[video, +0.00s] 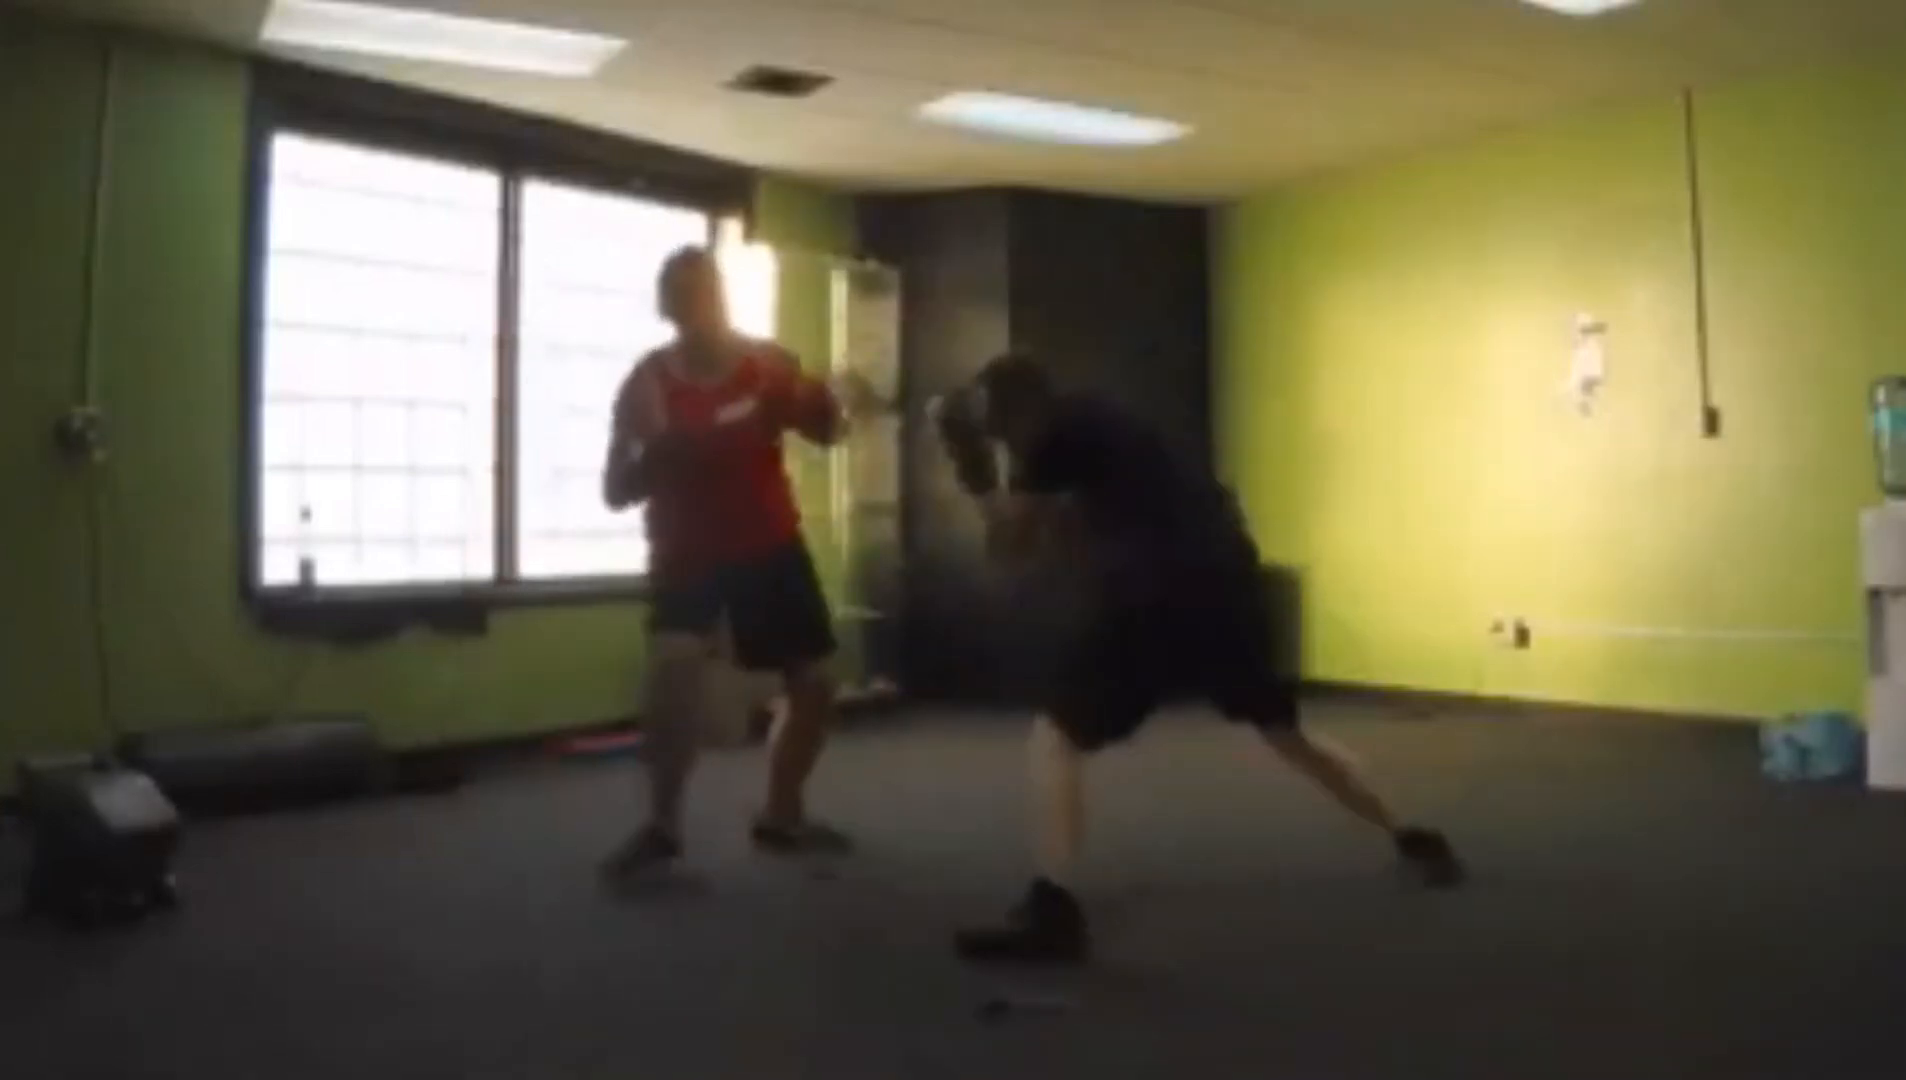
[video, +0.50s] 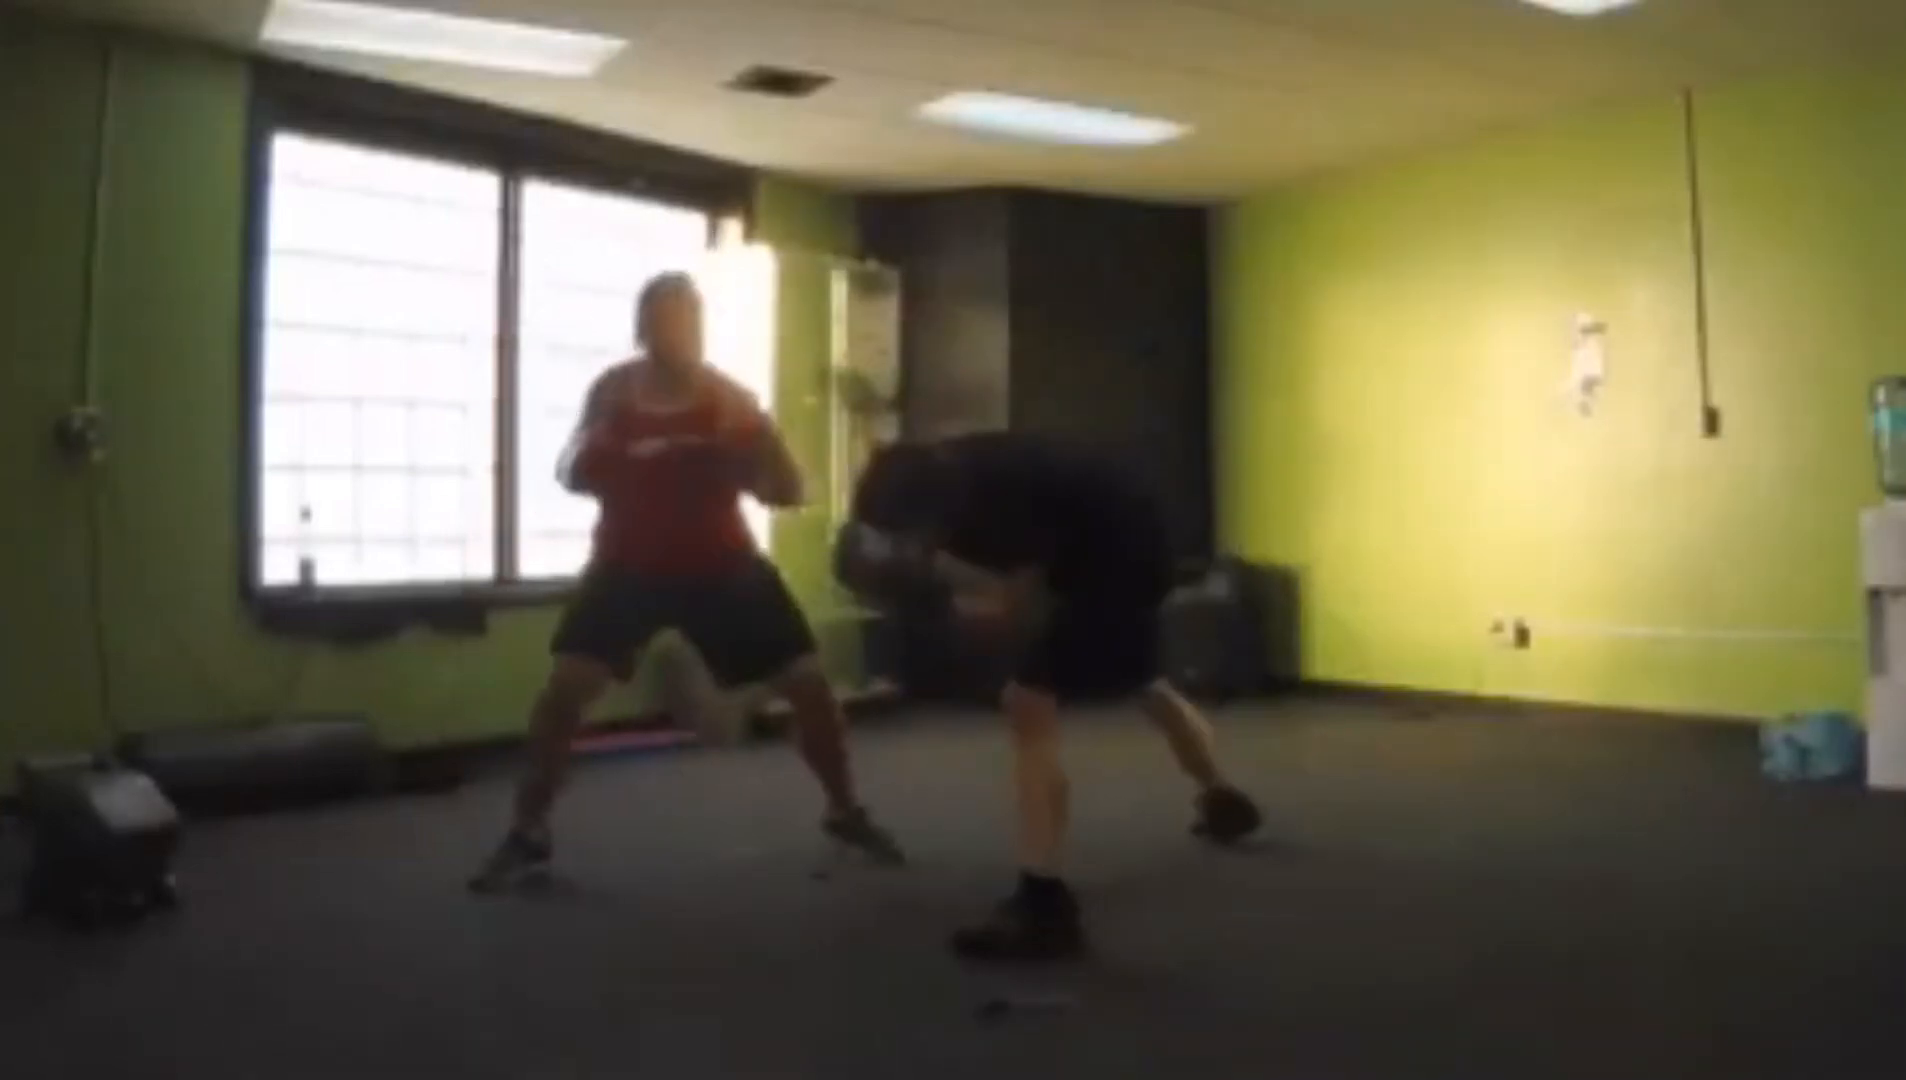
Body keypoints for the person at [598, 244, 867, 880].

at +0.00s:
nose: (700, 310)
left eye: (707, 293)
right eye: (687, 298)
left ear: (723, 295)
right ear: (667, 307)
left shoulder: (766, 366)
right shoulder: (651, 383)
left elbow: (826, 426)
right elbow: (618, 488)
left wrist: (806, 397)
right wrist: (660, 451)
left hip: (770, 554)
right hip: (686, 562)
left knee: (813, 688)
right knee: (671, 689)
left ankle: (783, 816)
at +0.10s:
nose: (685, 315)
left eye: (691, 300)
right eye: (670, 303)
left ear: (705, 303)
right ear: (647, 314)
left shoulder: (744, 377)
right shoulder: (626, 389)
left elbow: (814, 431)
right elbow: (589, 498)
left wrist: (824, 393)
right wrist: (634, 434)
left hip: (744, 557)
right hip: (651, 565)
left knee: (815, 688)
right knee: (603, 708)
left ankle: (782, 817)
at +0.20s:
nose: (652, 326)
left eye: (662, 310)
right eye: (638, 312)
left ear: (681, 313)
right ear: (621, 322)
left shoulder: (715, 380)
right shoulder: (595, 398)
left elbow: (801, 407)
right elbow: (549, 498)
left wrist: (868, 388)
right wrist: (581, 449)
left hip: (714, 563)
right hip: (620, 570)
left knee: (799, 689)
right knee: (561, 695)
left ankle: (791, 798)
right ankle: (532, 832)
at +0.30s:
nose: (647, 329)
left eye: (653, 314)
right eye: (631, 318)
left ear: (668, 315)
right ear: (608, 327)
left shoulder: (702, 380)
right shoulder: (589, 396)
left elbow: (786, 414)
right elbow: (533, 490)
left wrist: (852, 433)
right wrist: (562, 433)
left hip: (705, 561)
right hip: (615, 567)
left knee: (778, 680)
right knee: (559, 689)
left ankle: (824, 802)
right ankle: (528, 833)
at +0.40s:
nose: (647, 331)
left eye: (656, 315)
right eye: (632, 319)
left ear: (672, 317)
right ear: (611, 327)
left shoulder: (699, 385)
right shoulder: (596, 393)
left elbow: (777, 467)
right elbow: (545, 477)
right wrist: (570, 432)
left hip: (711, 566)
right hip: (621, 566)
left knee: (778, 690)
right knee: (559, 688)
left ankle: (833, 807)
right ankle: (528, 833)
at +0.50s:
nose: (676, 332)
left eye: (685, 317)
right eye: (663, 319)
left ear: (701, 325)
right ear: (643, 328)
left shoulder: (729, 402)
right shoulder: (616, 392)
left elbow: (786, 489)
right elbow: (576, 474)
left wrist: (731, 451)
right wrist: (638, 458)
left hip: (722, 568)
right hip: (629, 571)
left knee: (809, 684)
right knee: (565, 691)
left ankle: (845, 812)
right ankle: (528, 835)